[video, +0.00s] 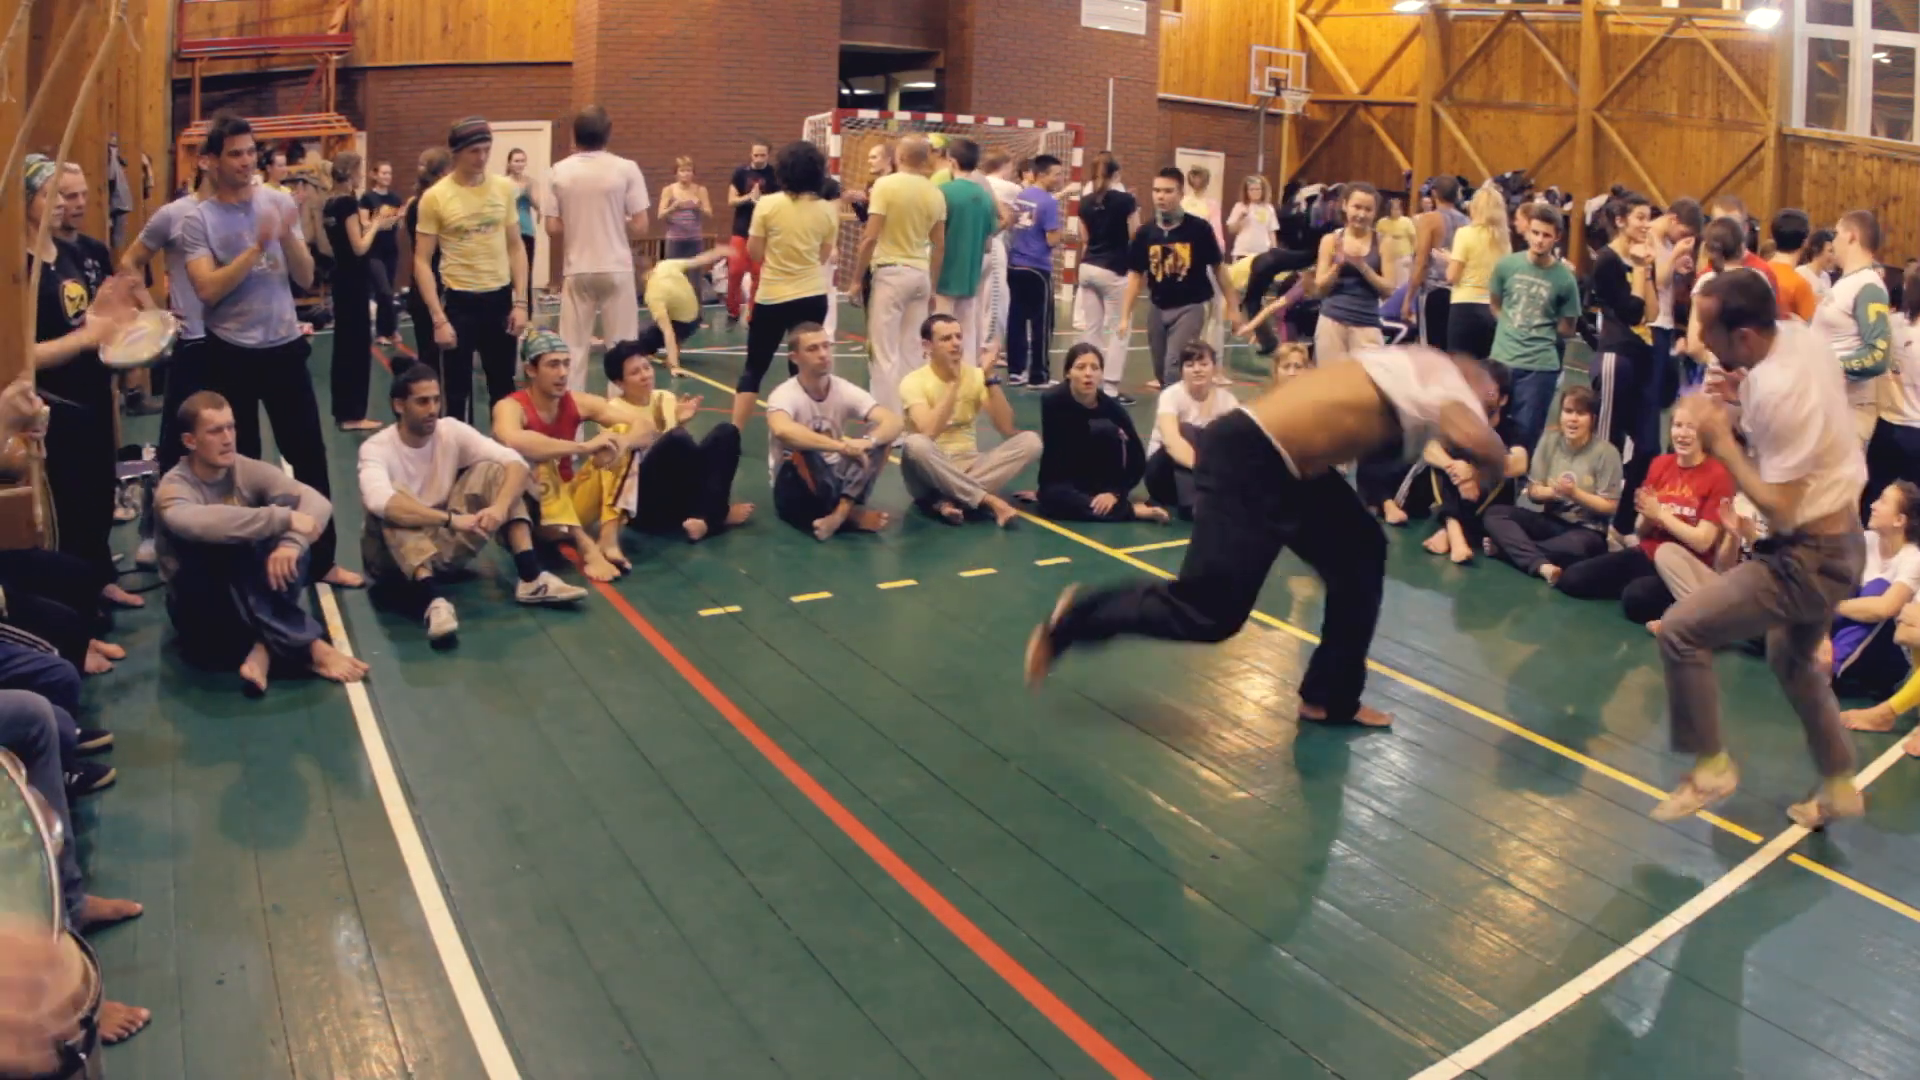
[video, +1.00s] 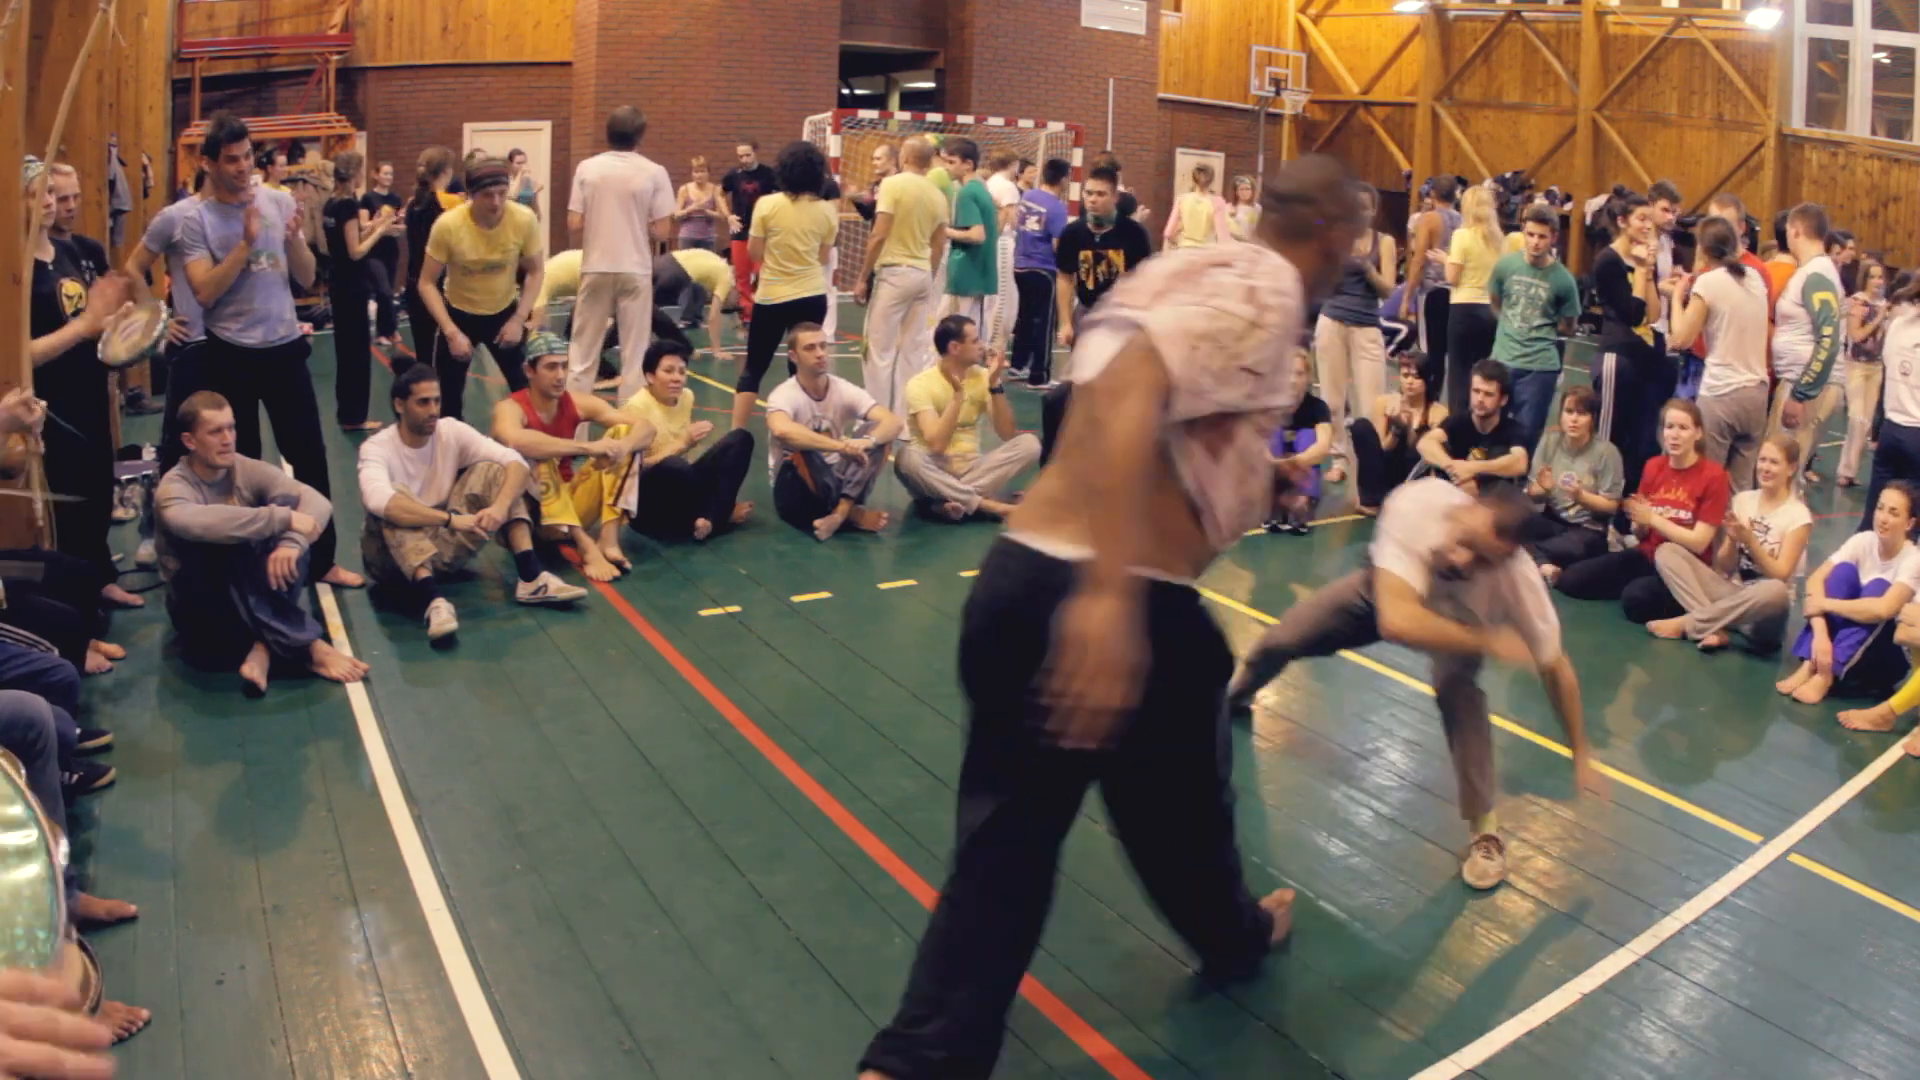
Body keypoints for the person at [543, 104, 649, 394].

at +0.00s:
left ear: (575, 135)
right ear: (608, 134)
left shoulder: (559, 172)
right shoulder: (627, 169)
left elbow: (553, 227)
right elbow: (641, 227)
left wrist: (579, 227)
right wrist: (614, 227)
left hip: (578, 266)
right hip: (616, 265)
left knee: (574, 349)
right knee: (622, 349)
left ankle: (570, 418)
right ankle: (621, 421)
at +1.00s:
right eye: (641, 133)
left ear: (608, 134)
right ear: (639, 136)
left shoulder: (587, 168)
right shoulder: (654, 172)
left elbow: (574, 223)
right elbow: (662, 231)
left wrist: (598, 221)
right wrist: (638, 223)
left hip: (596, 267)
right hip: (635, 269)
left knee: (584, 349)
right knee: (634, 351)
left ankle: (574, 421)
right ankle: (630, 423)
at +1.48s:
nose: (616, 137)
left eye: (615, 132)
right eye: (615, 133)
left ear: (580, 136)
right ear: (609, 136)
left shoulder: (563, 171)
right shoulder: (627, 168)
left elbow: (560, 226)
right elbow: (644, 226)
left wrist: (585, 220)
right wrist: (616, 219)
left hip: (578, 268)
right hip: (616, 267)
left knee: (577, 349)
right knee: (623, 350)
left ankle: (576, 426)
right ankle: (626, 426)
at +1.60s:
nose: (609, 135)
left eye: (607, 130)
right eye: (607, 131)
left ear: (573, 138)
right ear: (602, 135)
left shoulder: (558, 173)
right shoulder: (619, 167)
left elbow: (553, 229)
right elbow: (635, 223)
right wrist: (609, 216)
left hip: (573, 266)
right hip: (610, 265)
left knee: (573, 348)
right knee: (619, 347)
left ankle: (574, 423)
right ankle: (624, 423)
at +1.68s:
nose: (604, 136)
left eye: (602, 131)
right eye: (602, 132)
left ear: (570, 139)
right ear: (597, 136)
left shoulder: (556, 173)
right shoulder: (616, 166)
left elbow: (550, 230)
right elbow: (629, 221)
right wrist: (613, 236)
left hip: (571, 265)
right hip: (607, 263)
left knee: (572, 346)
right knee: (618, 344)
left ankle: (573, 421)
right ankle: (624, 419)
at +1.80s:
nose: (602, 135)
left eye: (600, 129)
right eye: (599, 130)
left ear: (567, 140)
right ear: (590, 135)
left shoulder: (553, 175)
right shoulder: (610, 164)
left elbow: (551, 230)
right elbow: (625, 219)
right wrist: (607, 239)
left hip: (567, 264)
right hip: (604, 260)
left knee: (570, 343)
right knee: (617, 341)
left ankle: (572, 414)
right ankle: (622, 416)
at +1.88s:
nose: (602, 134)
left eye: (600, 129)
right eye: (598, 130)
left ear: (566, 140)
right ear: (589, 136)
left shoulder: (552, 175)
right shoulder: (608, 164)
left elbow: (551, 230)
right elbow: (625, 219)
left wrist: (573, 246)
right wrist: (608, 239)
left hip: (567, 263)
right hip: (603, 260)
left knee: (570, 342)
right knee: (616, 339)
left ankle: (571, 404)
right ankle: (617, 406)